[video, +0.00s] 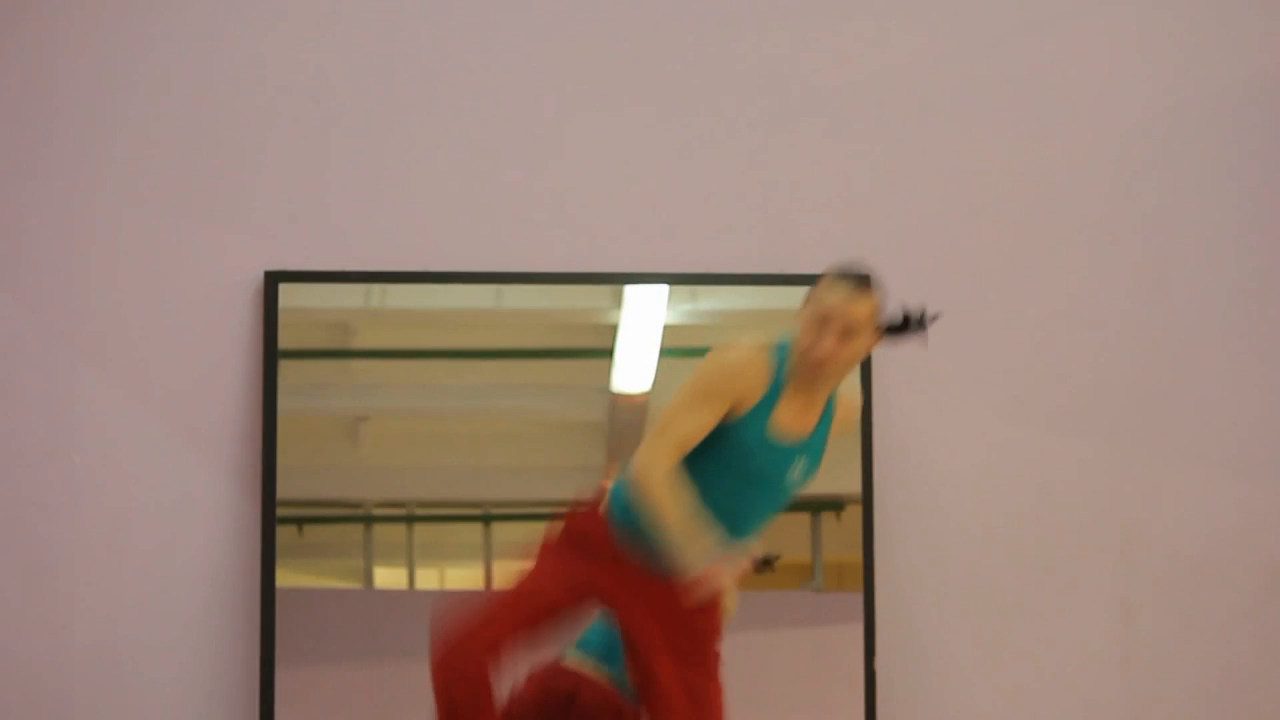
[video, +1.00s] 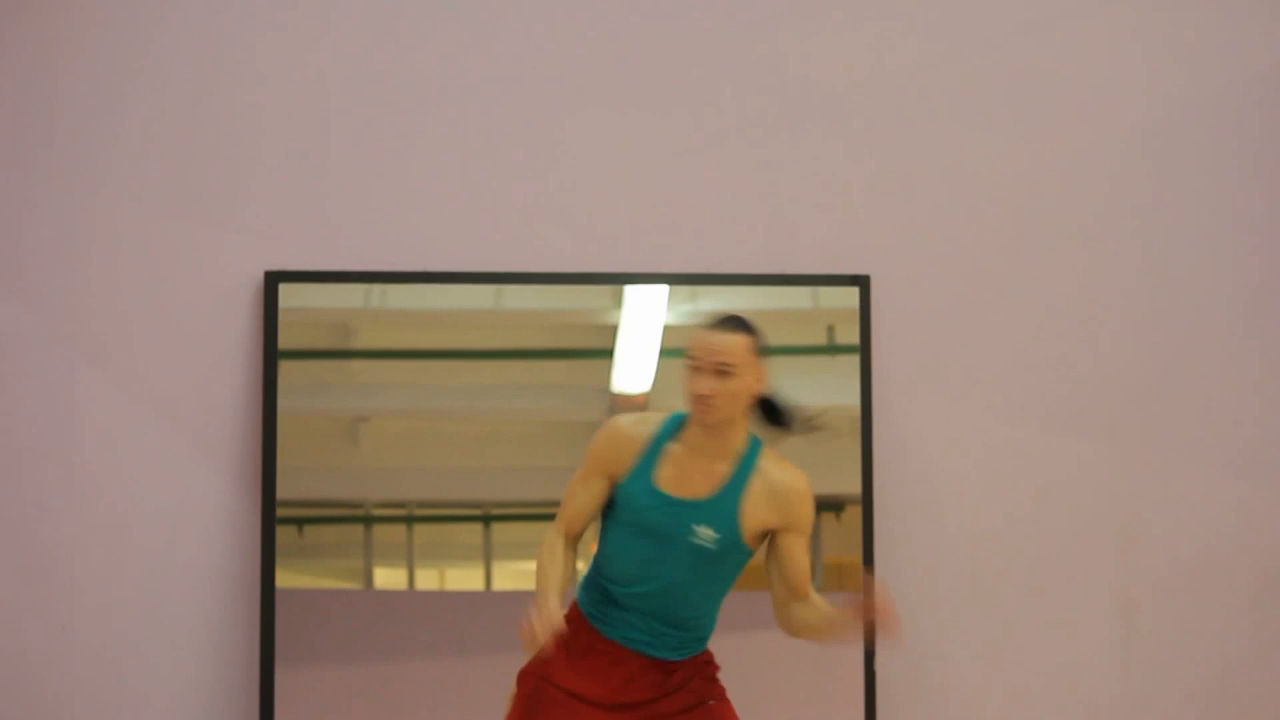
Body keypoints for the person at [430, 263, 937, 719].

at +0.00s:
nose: (826, 344)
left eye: (847, 333)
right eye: (820, 322)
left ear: (870, 345)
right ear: (800, 316)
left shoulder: (840, 406)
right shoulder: (741, 368)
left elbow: (759, 487)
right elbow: (648, 468)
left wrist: (731, 563)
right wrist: (704, 555)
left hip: (686, 588)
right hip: (606, 545)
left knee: (693, 713)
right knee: (461, 644)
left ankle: (564, 690)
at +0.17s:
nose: (826, 344)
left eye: (847, 333)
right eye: (820, 322)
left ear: (870, 345)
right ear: (799, 316)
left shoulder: (840, 406)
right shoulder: (741, 368)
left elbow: (759, 488)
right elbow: (648, 469)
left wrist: (730, 562)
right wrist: (704, 554)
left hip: (686, 588)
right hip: (606, 545)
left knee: (693, 712)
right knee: (461, 645)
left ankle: (566, 690)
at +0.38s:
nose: (796, 368)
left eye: (816, 356)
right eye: (787, 350)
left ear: (844, 366)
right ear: (770, 348)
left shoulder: (824, 448)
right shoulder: (708, 402)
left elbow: (747, 529)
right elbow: (621, 498)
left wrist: (775, 605)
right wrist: (648, 594)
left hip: (678, 626)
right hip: (589, 597)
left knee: (711, 712)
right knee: (521, 710)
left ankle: (602, 698)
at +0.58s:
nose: (757, 383)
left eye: (779, 372)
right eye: (753, 365)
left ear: (816, 381)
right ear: (742, 364)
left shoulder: (804, 482)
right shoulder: (674, 427)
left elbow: (799, 569)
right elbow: (593, 524)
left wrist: (832, 659)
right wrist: (595, 629)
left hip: (678, 656)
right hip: (586, 636)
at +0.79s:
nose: (729, 390)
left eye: (749, 377)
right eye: (723, 373)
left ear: (785, 386)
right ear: (711, 375)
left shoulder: (791, 494)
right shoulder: (644, 439)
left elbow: (801, 597)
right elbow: (571, 534)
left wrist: (859, 658)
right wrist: (563, 628)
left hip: (680, 683)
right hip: (586, 666)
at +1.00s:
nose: (703, 386)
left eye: (723, 373)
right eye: (694, 368)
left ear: (759, 381)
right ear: (683, 371)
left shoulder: (782, 488)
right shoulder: (624, 439)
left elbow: (795, 606)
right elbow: (562, 534)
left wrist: (851, 617)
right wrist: (547, 603)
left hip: (678, 686)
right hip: (577, 664)